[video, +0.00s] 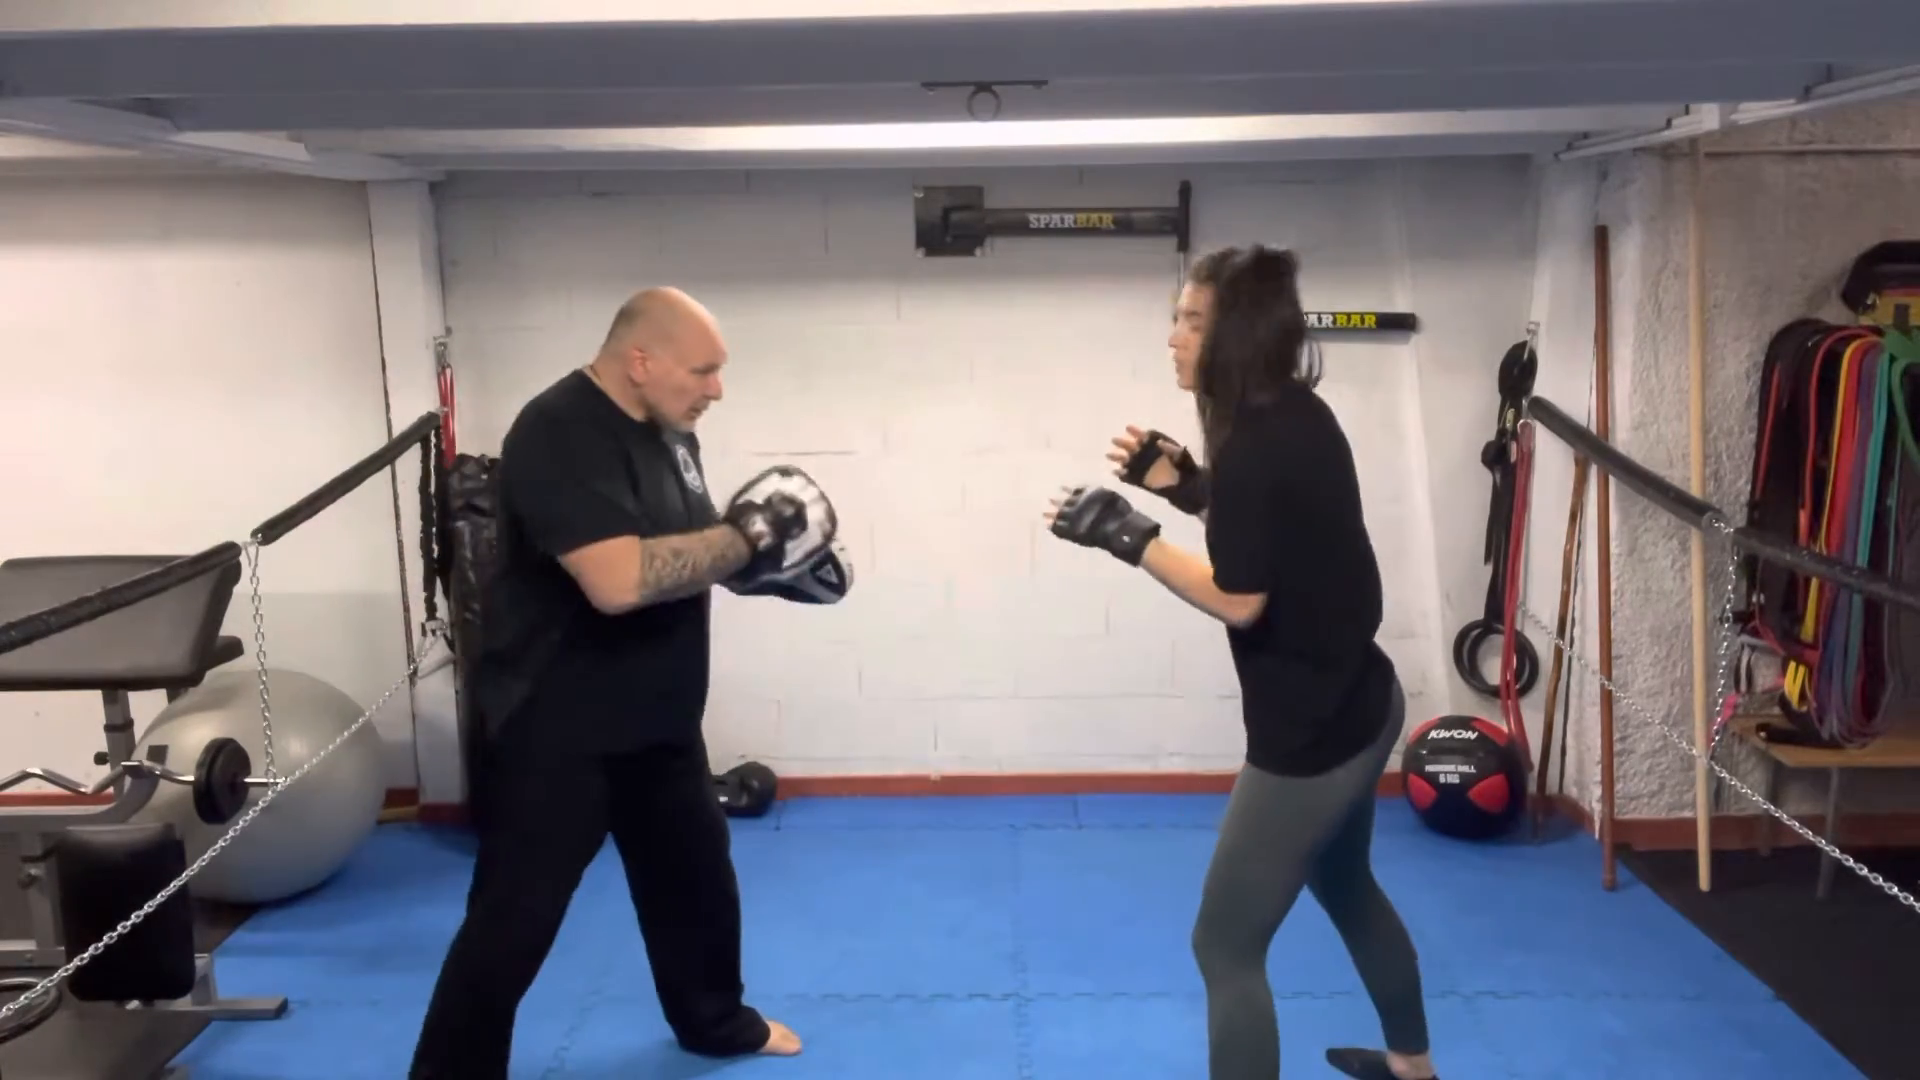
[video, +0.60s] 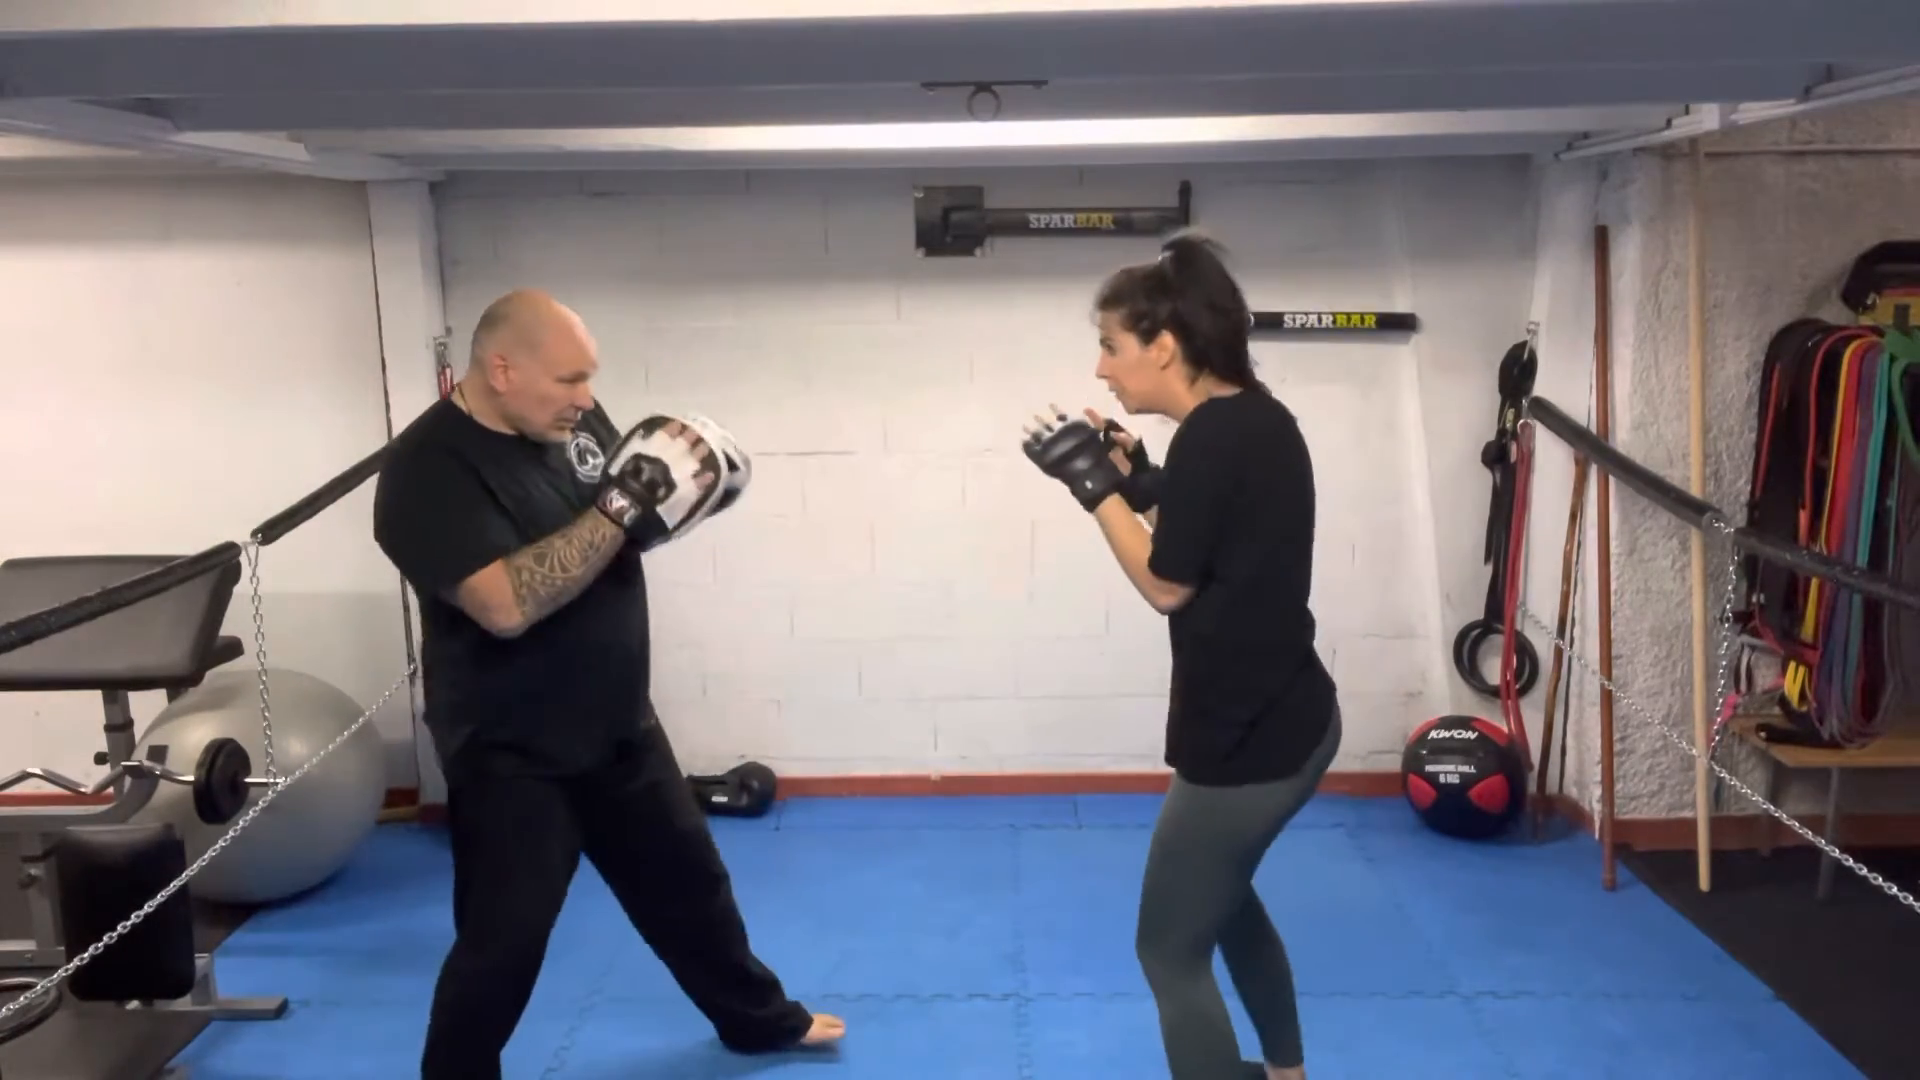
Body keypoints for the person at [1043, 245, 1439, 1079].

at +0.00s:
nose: (1173, 338)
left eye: (1189, 323)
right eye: (1175, 320)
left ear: (1239, 335)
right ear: (1265, 336)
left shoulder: (1255, 440)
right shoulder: (1300, 416)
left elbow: (1239, 601)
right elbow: (1288, 530)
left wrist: (1130, 537)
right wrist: (1191, 485)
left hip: (1309, 736)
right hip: (1358, 706)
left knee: (1227, 946)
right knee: (1346, 885)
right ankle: (1412, 1061)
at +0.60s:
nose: (1100, 367)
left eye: (1110, 345)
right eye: (1102, 346)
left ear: (1166, 344)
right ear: (1172, 345)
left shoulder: (1211, 437)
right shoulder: (1265, 422)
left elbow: (1165, 587)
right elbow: (1229, 550)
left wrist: (1100, 489)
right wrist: (1143, 483)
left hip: (1239, 749)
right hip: (1294, 724)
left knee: (1170, 953)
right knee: (1227, 900)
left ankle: (1221, 1076)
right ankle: (1285, 1066)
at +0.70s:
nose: (1099, 379)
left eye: (1108, 358)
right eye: (1100, 359)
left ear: (1163, 355)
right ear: (1165, 356)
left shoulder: (1222, 445)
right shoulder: (1254, 430)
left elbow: (1185, 595)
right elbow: (1219, 571)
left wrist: (1107, 500)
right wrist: (1141, 498)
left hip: (1240, 753)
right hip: (1279, 733)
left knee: (1153, 948)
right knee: (1209, 897)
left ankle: (1214, 1076)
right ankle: (1281, 1066)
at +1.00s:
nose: (1090, 406)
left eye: (1096, 388)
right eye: (1088, 389)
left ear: (1149, 383)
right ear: (1157, 378)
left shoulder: (1207, 455)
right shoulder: (1252, 440)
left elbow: (1166, 597)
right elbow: (1180, 567)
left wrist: (1108, 492)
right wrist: (1117, 478)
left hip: (1218, 757)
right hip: (1280, 735)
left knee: (1073, 907)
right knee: (1194, 885)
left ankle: (1142, 1075)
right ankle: (1288, 1065)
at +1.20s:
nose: (1065, 421)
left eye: (1070, 401)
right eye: (1063, 403)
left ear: (1118, 391)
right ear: (1161, 379)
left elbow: (1082, 587)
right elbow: (1217, 540)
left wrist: (1042, 518)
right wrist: (1133, 480)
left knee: (1046, 935)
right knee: (1218, 885)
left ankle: (1033, 1075)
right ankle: (1292, 1066)